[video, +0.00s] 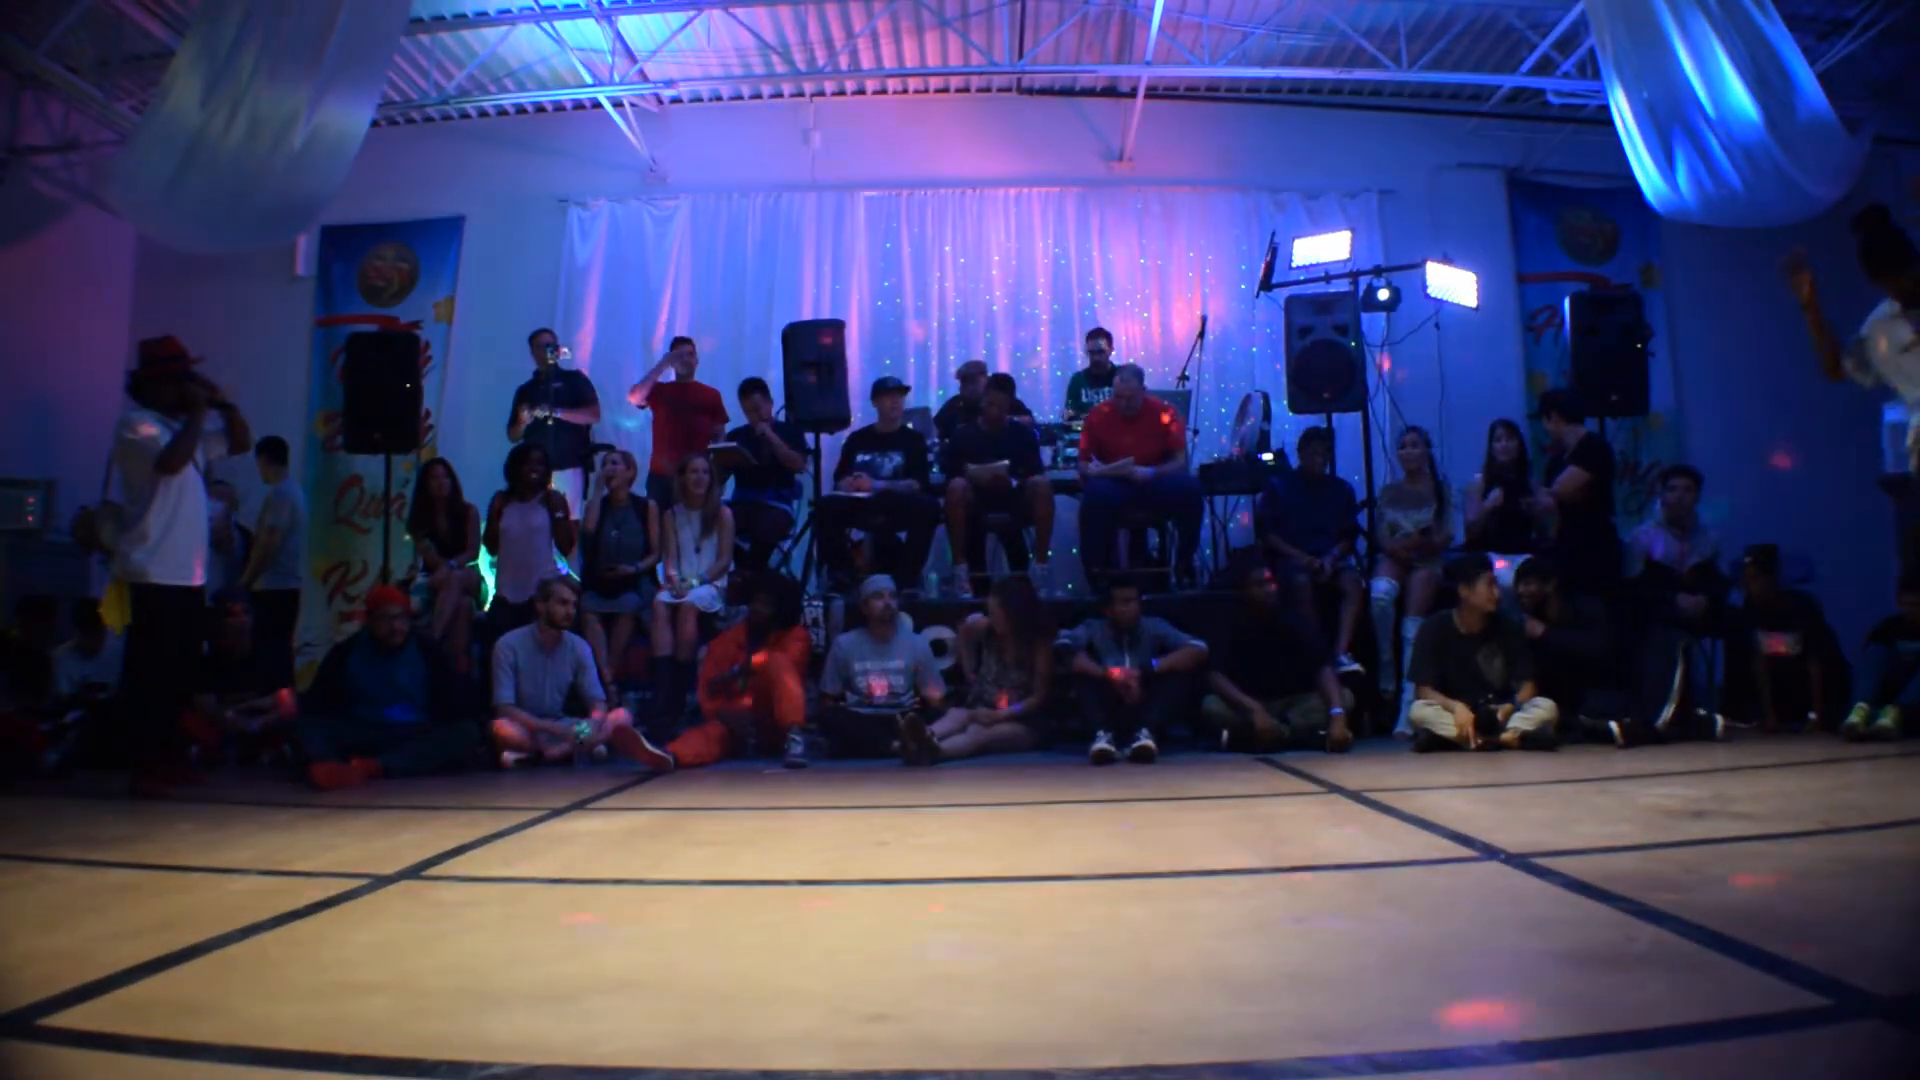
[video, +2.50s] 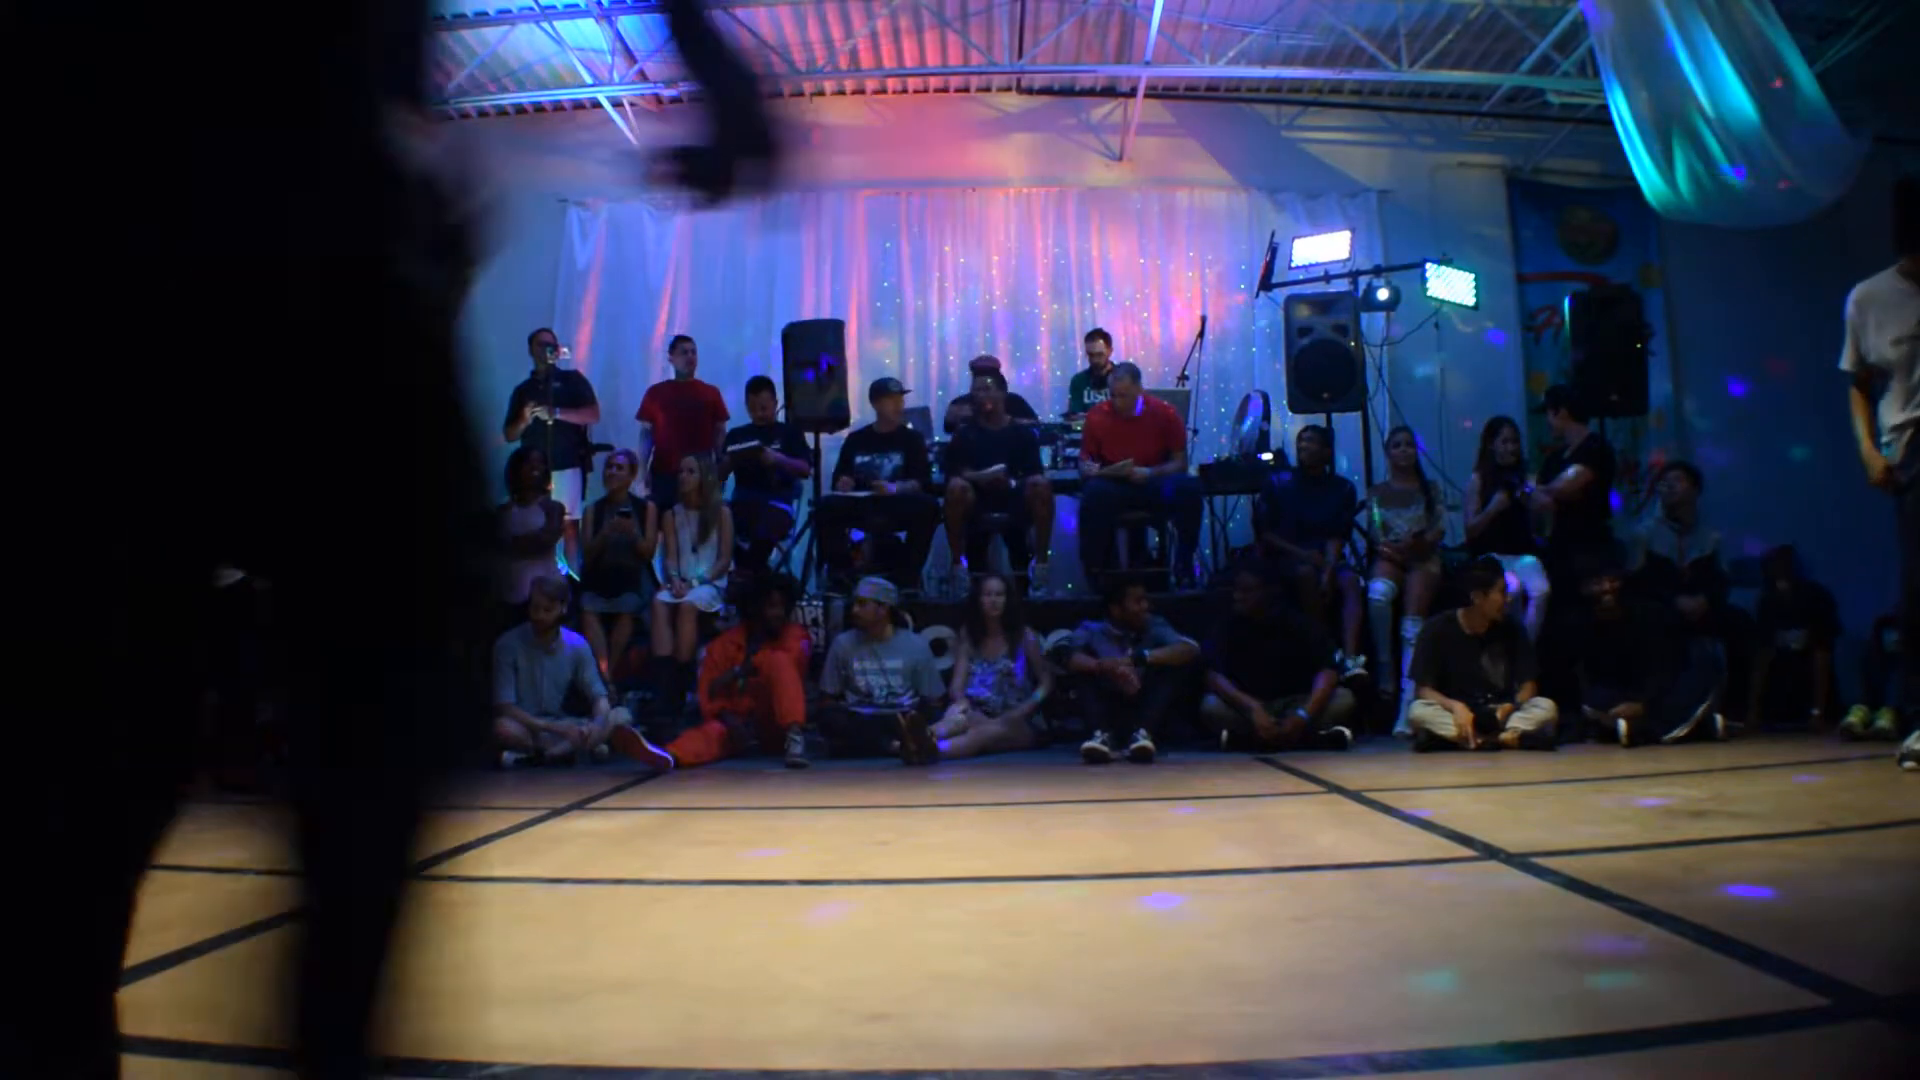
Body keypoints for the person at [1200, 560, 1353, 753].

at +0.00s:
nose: (1270, 589)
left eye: (1272, 583)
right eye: (1261, 585)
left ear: (1277, 586)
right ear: (1246, 591)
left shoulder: (1292, 620)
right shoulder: (1235, 627)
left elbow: (1322, 669)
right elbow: (1215, 675)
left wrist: (1337, 715)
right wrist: (1256, 709)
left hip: (1295, 699)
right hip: (1248, 703)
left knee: (1344, 697)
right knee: (1211, 706)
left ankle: (1255, 737)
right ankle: (1301, 737)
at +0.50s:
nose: (1268, 589)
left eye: (1270, 583)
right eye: (1260, 585)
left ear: (1276, 585)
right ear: (1245, 591)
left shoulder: (1292, 621)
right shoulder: (1235, 627)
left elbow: (1327, 669)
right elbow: (1214, 676)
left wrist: (1310, 711)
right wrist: (1256, 709)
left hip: (1294, 699)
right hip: (1249, 703)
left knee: (1344, 698)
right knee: (1211, 706)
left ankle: (1253, 739)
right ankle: (1307, 739)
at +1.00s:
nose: (1259, 592)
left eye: (1265, 586)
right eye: (1252, 587)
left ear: (1275, 589)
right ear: (1243, 592)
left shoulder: (1292, 620)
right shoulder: (1234, 626)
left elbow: (1329, 669)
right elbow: (1214, 676)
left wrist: (1310, 716)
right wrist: (1255, 710)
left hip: (1294, 699)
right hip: (1247, 702)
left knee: (1343, 698)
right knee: (1211, 706)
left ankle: (1253, 739)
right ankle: (1305, 738)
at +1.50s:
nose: (1255, 592)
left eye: (1261, 586)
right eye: (1250, 586)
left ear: (1274, 590)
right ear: (1242, 590)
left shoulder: (1293, 622)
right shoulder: (1232, 625)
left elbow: (1328, 670)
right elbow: (1214, 676)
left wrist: (1303, 716)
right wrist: (1253, 710)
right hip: (1246, 706)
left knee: (1342, 698)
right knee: (1210, 705)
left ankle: (1254, 740)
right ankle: (1306, 739)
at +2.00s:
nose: (1241, 598)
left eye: (1248, 591)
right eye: (1238, 591)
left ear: (1268, 592)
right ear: (1232, 593)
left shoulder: (1293, 624)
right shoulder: (1230, 628)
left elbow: (1328, 671)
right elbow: (1213, 675)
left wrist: (1303, 716)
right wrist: (1254, 710)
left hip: (1294, 698)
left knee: (1343, 699)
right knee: (1211, 705)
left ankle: (1255, 741)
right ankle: (1309, 740)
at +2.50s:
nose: (1238, 597)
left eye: (1246, 591)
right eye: (1236, 590)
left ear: (1267, 592)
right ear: (1232, 591)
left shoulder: (1295, 622)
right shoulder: (1230, 626)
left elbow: (1328, 671)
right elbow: (1213, 675)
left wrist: (1304, 715)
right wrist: (1254, 709)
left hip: (1295, 698)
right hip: (1248, 702)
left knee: (1343, 698)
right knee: (1210, 706)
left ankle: (1253, 740)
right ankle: (1310, 740)